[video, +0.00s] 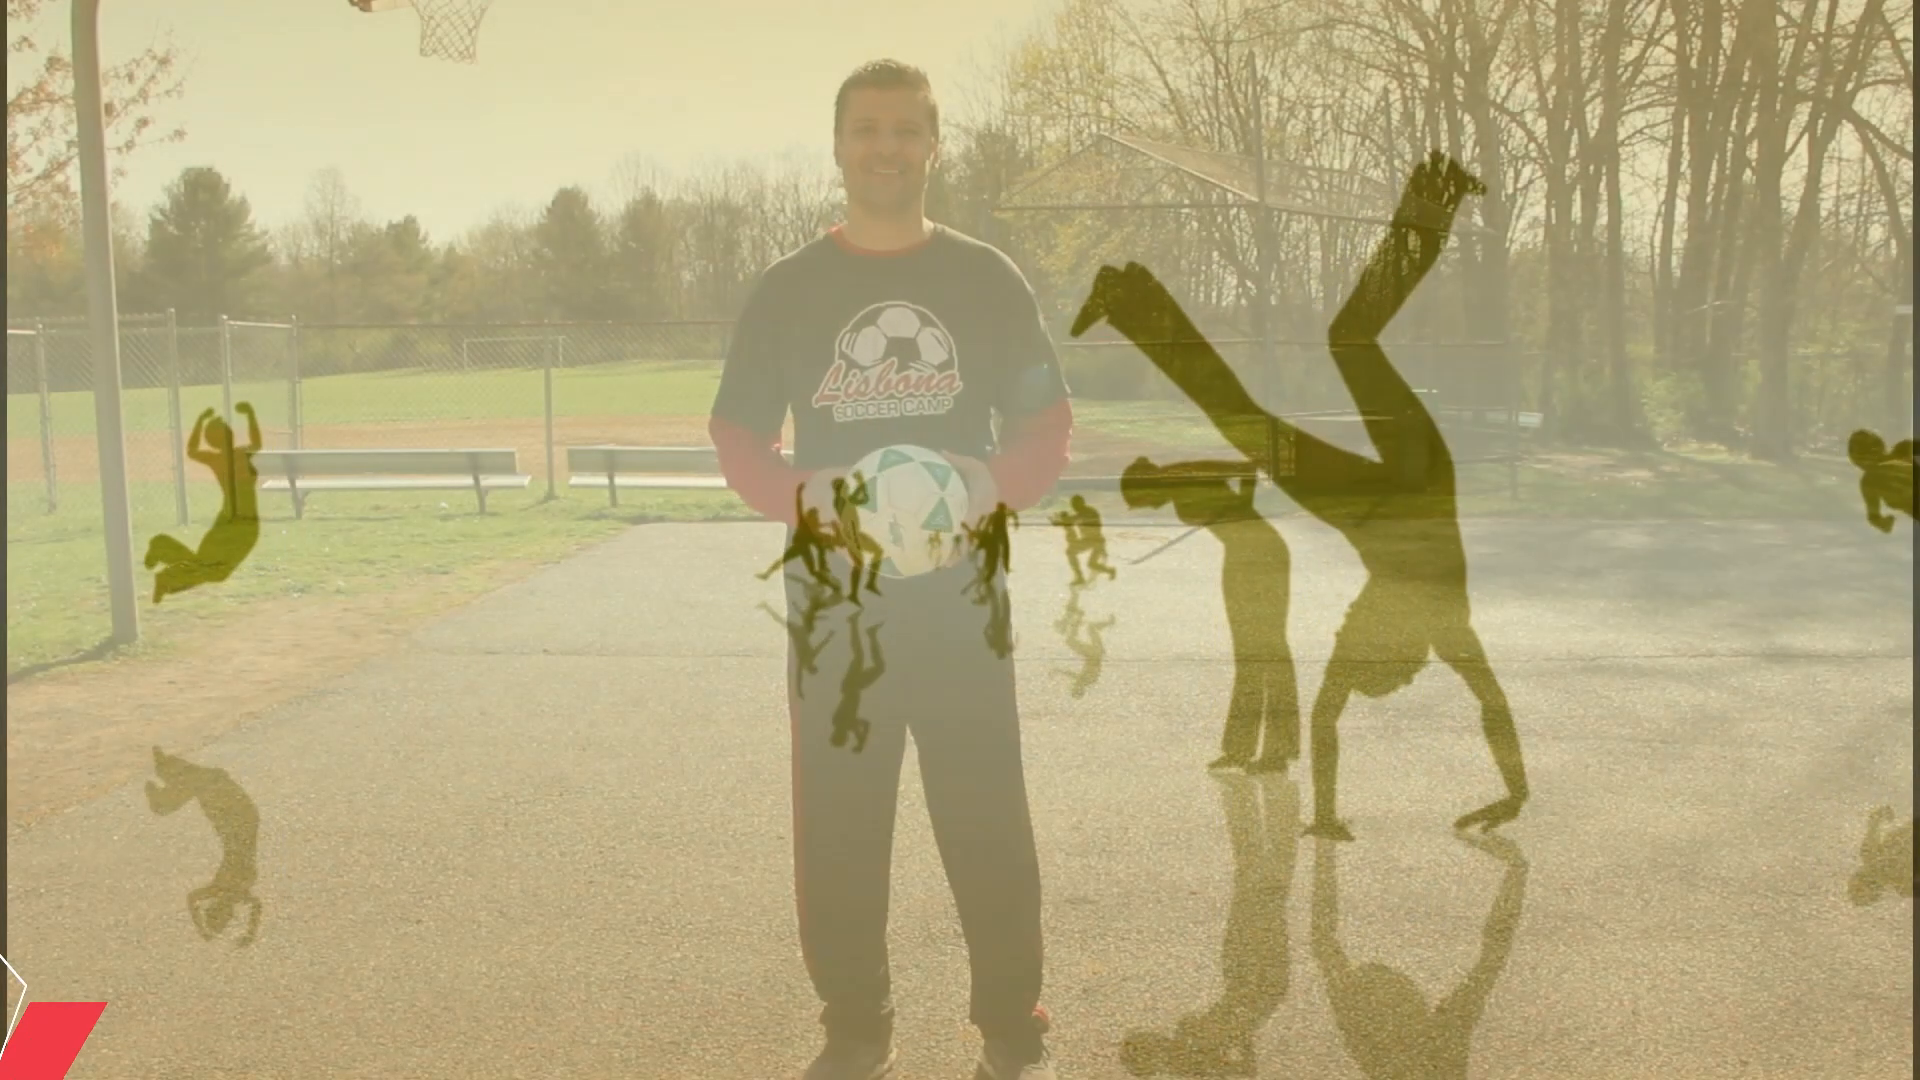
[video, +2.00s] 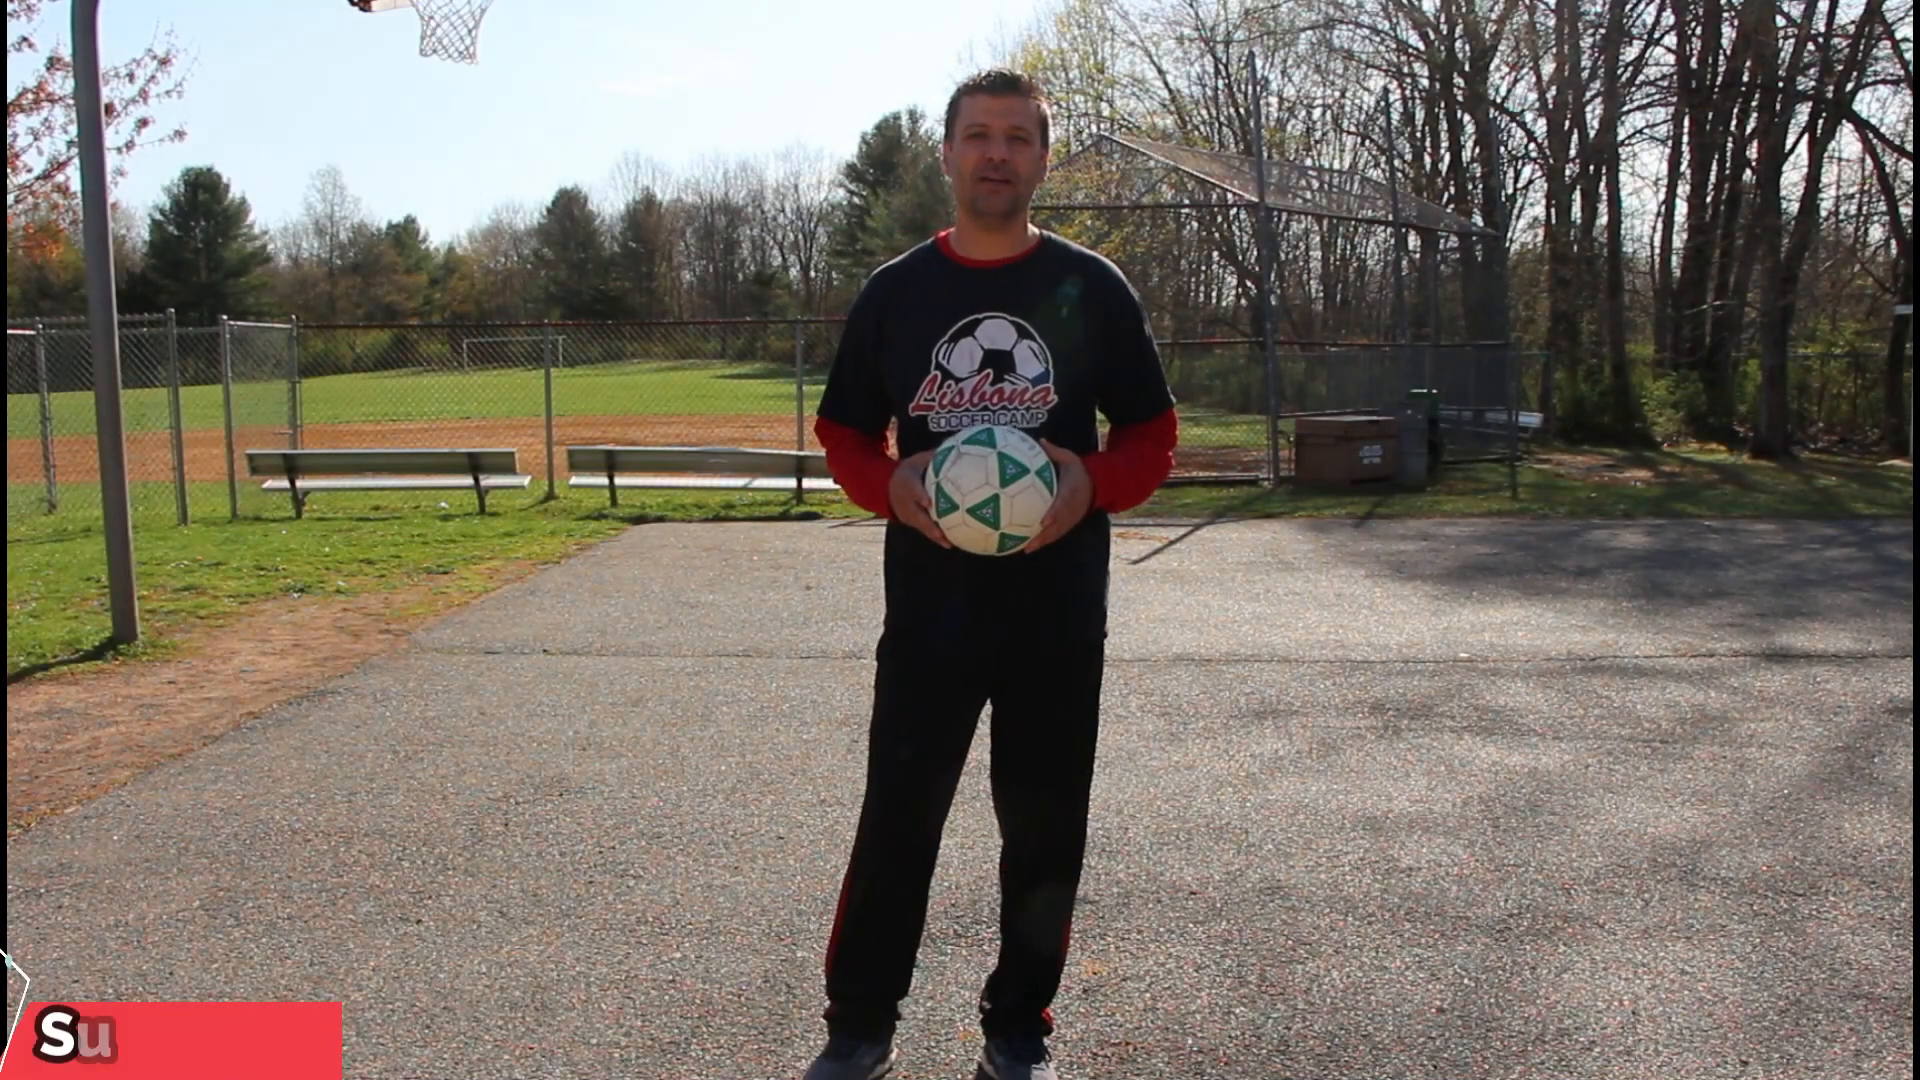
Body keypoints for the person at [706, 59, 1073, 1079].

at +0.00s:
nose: (890, 149)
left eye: (910, 130)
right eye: (868, 131)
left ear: (936, 145)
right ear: (838, 147)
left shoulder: (987, 277)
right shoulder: (785, 290)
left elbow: (1047, 424)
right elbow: (737, 436)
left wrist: (985, 493)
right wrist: (803, 502)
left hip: (959, 582)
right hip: (836, 591)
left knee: (985, 808)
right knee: (838, 814)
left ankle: (1010, 1021)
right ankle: (852, 1023)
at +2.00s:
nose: (997, 154)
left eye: (1018, 139)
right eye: (978, 137)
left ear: (1044, 158)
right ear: (948, 154)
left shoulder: (1094, 287)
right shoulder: (894, 291)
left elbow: (1154, 430)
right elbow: (843, 425)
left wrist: (1094, 482)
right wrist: (887, 487)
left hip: (1056, 599)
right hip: (931, 594)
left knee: (1046, 821)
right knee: (897, 814)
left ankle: (1020, 1029)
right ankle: (857, 1026)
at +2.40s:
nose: (980, 139)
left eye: (1003, 126)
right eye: (962, 123)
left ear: (1030, 155)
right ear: (933, 146)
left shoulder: (1078, 283)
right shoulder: (873, 287)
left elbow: (1140, 434)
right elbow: (816, 429)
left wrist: (1075, 446)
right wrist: (865, 448)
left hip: (1040, 591)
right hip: (912, 588)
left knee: (1037, 821)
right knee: (888, 812)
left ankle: (1018, 1035)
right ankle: (857, 1028)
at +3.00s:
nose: (925, 136)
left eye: (945, 122)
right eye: (905, 121)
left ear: (971, 148)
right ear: (874, 144)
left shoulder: (1017, 283)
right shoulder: (817, 288)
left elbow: (1075, 425)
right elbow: (760, 423)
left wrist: (1018, 470)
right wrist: (811, 475)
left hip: (980, 587)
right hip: (852, 589)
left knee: (999, 809)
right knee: (852, 811)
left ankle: (1015, 1030)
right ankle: (854, 1026)